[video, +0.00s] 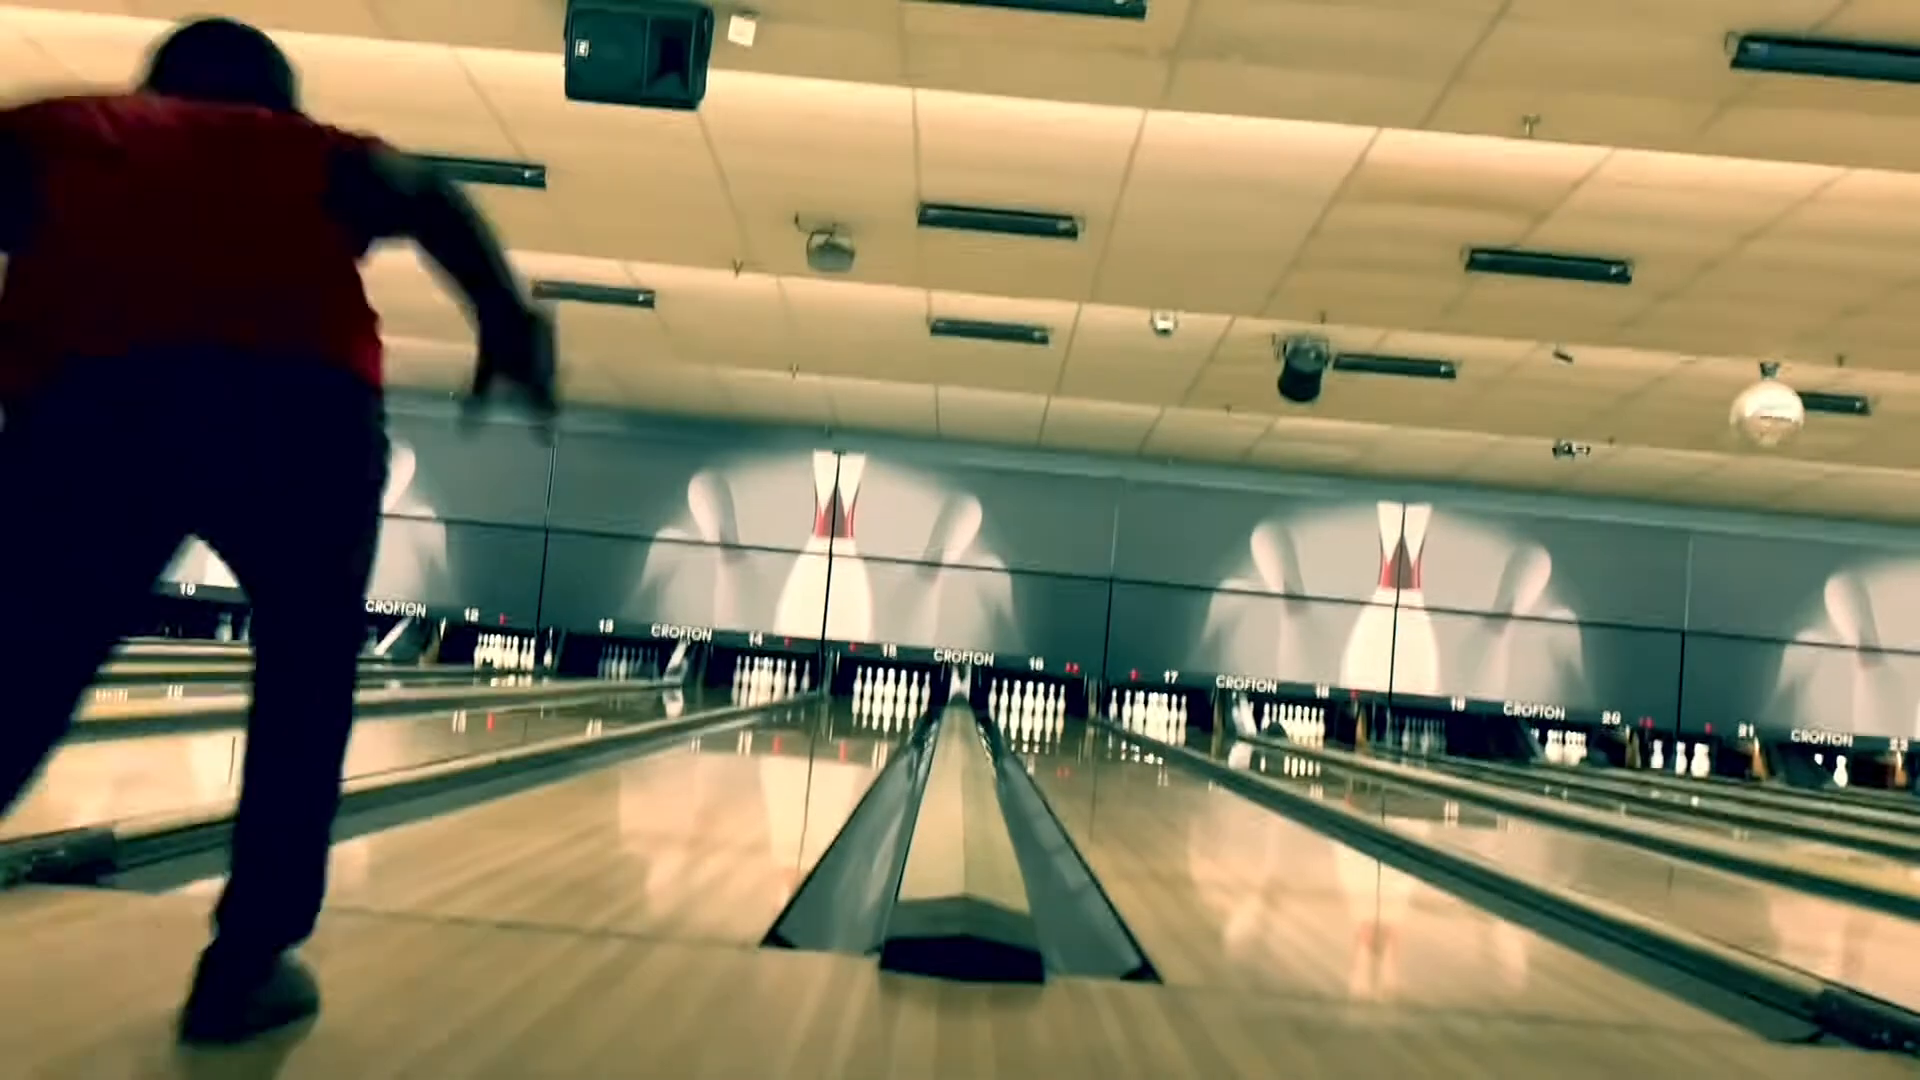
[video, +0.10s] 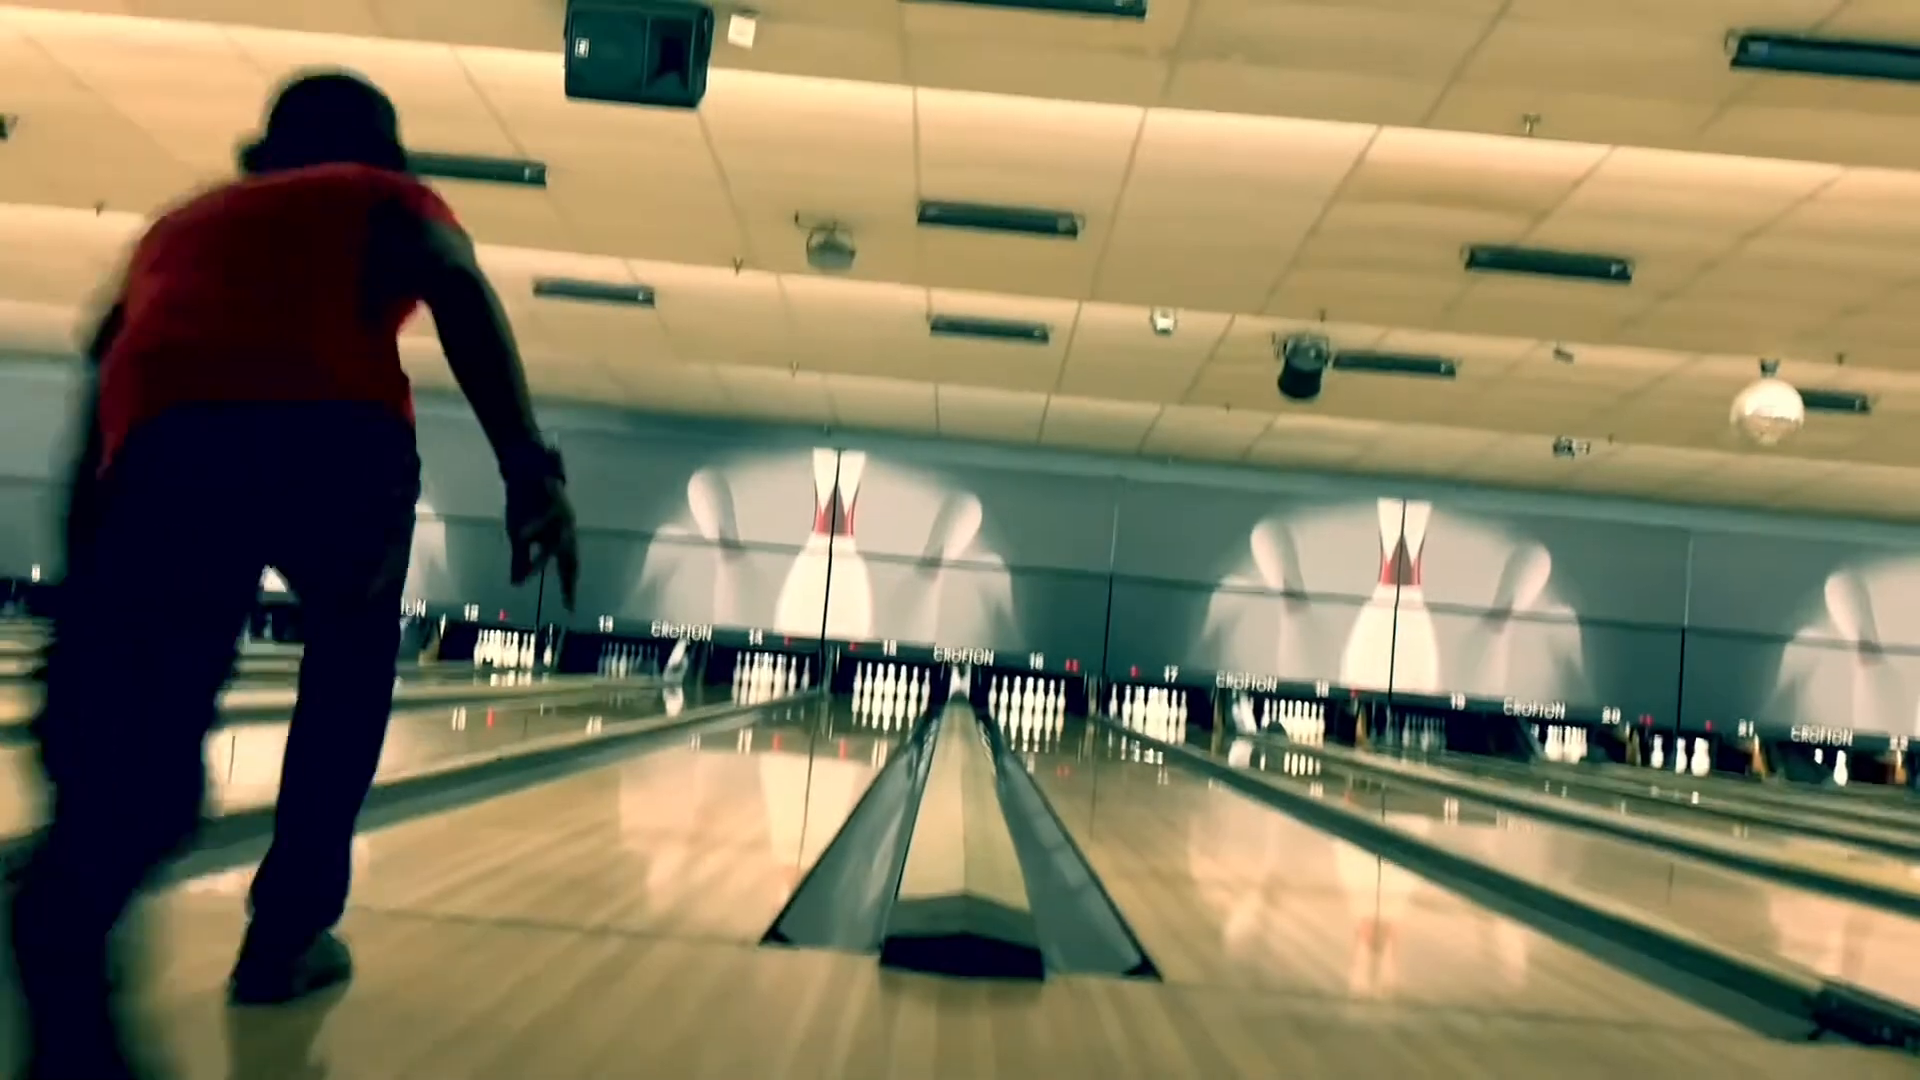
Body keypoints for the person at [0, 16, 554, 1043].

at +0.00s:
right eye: (280, 105)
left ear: (150, 85)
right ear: (278, 99)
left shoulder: (58, 126)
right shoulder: (314, 148)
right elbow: (427, 193)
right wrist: (506, 316)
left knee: (21, 685)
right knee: (304, 687)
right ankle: (241, 976)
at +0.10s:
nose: (400, 174)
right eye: (395, 155)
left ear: (268, 144)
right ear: (378, 144)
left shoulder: (181, 221)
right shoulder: (390, 191)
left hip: (173, 450)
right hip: (342, 445)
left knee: (144, 750)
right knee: (344, 683)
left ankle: (55, 919)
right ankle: (280, 946)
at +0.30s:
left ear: (330, 233)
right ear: (398, 229)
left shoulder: (255, 289)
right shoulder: (414, 258)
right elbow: (450, 245)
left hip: (278, 448)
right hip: (414, 437)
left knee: (314, 733)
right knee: (399, 686)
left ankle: (432, 794)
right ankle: (332, 927)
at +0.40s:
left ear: (324, 206)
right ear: (398, 201)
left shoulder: (263, 248)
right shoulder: (428, 222)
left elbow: (229, 399)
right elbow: (468, 186)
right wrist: (422, 146)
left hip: (309, 414)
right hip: (437, 397)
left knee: (332, 687)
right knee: (401, 645)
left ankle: (445, 664)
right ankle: (333, 925)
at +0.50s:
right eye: (410, 157)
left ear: (327, 160)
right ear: (412, 157)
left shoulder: (266, 209)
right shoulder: (436, 181)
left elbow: (209, 386)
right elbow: (490, 151)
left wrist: (222, 452)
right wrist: (493, 196)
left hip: (321, 374)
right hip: (448, 366)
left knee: (314, 632)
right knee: (392, 647)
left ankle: (428, 609)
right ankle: (334, 916)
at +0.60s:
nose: (413, 148)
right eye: (413, 138)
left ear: (318, 135)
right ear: (412, 140)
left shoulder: (253, 191)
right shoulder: (442, 172)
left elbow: (206, 364)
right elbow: (523, 162)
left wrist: (159, 502)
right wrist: (533, 266)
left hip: (320, 366)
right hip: (447, 362)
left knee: (306, 617)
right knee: (397, 641)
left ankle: (399, 605)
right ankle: (335, 917)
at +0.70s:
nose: (411, 133)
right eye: (410, 121)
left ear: (309, 111)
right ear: (403, 120)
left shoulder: (250, 166)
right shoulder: (436, 160)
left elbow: (197, 334)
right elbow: (532, 180)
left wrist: (139, 470)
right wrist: (544, 310)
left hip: (315, 381)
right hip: (441, 377)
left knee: (287, 617)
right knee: (392, 646)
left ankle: (340, 678)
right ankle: (334, 921)